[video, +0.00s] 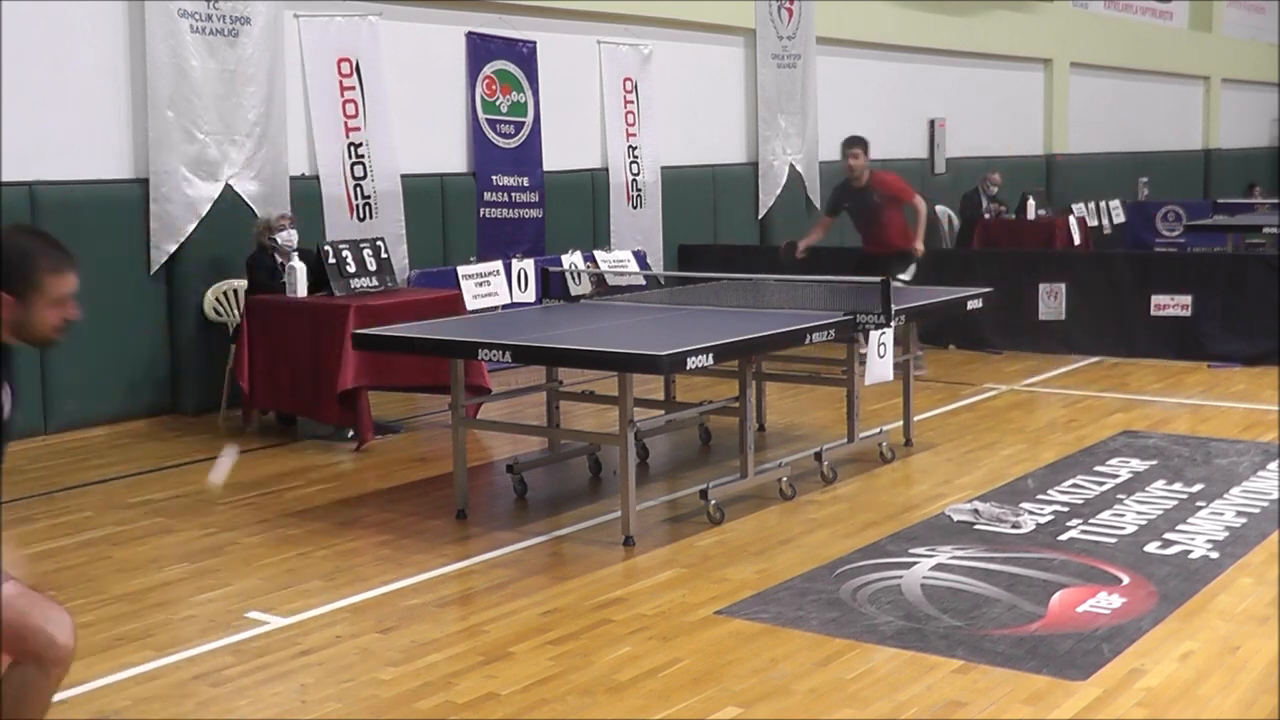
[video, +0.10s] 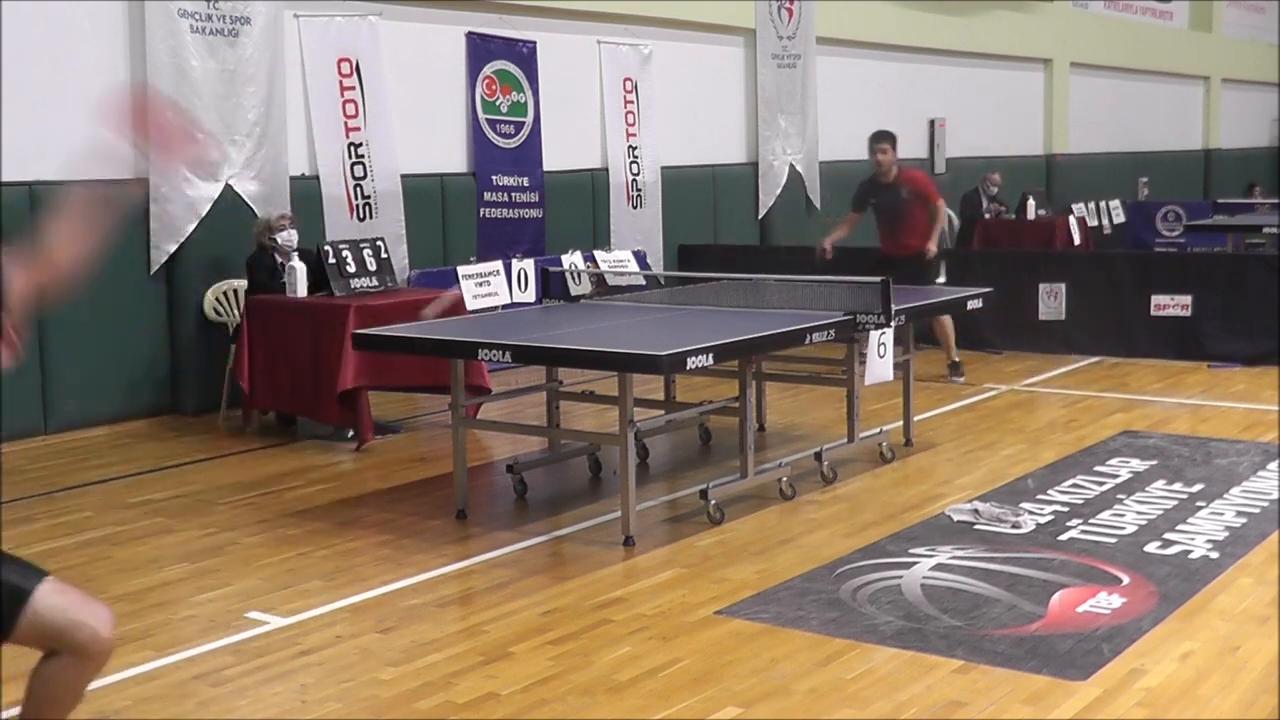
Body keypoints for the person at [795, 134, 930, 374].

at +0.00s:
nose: (850, 163)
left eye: (855, 157)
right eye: (846, 158)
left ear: (866, 159)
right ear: (842, 161)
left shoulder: (884, 182)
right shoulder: (842, 191)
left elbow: (920, 204)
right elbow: (823, 225)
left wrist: (919, 241)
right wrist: (804, 243)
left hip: (902, 254)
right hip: (872, 256)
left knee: (897, 302)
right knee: (858, 298)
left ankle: (914, 353)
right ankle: (865, 351)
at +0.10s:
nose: (878, 158)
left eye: (883, 152)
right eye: (874, 153)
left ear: (895, 154)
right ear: (870, 156)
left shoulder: (915, 179)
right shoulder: (868, 187)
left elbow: (940, 205)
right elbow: (851, 220)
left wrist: (934, 240)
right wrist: (829, 239)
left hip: (922, 256)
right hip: (890, 258)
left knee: (937, 307)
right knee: (879, 307)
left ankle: (953, 359)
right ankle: (878, 357)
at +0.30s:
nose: (913, 171)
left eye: (918, 164)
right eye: (909, 166)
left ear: (931, 165)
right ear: (905, 168)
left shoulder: (952, 188)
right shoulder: (905, 199)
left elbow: (986, 213)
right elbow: (887, 237)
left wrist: (965, 242)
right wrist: (866, 266)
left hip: (962, 262)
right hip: (928, 265)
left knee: (981, 311)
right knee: (898, 310)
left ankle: (1022, 366)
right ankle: (907, 363)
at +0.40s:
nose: (918, 179)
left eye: (923, 172)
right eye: (915, 174)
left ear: (939, 172)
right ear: (912, 175)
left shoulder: (961, 196)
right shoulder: (917, 206)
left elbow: (986, 231)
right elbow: (907, 243)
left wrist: (951, 251)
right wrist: (885, 275)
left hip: (970, 272)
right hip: (933, 275)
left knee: (991, 321)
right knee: (895, 305)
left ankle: (1029, 369)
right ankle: (908, 364)